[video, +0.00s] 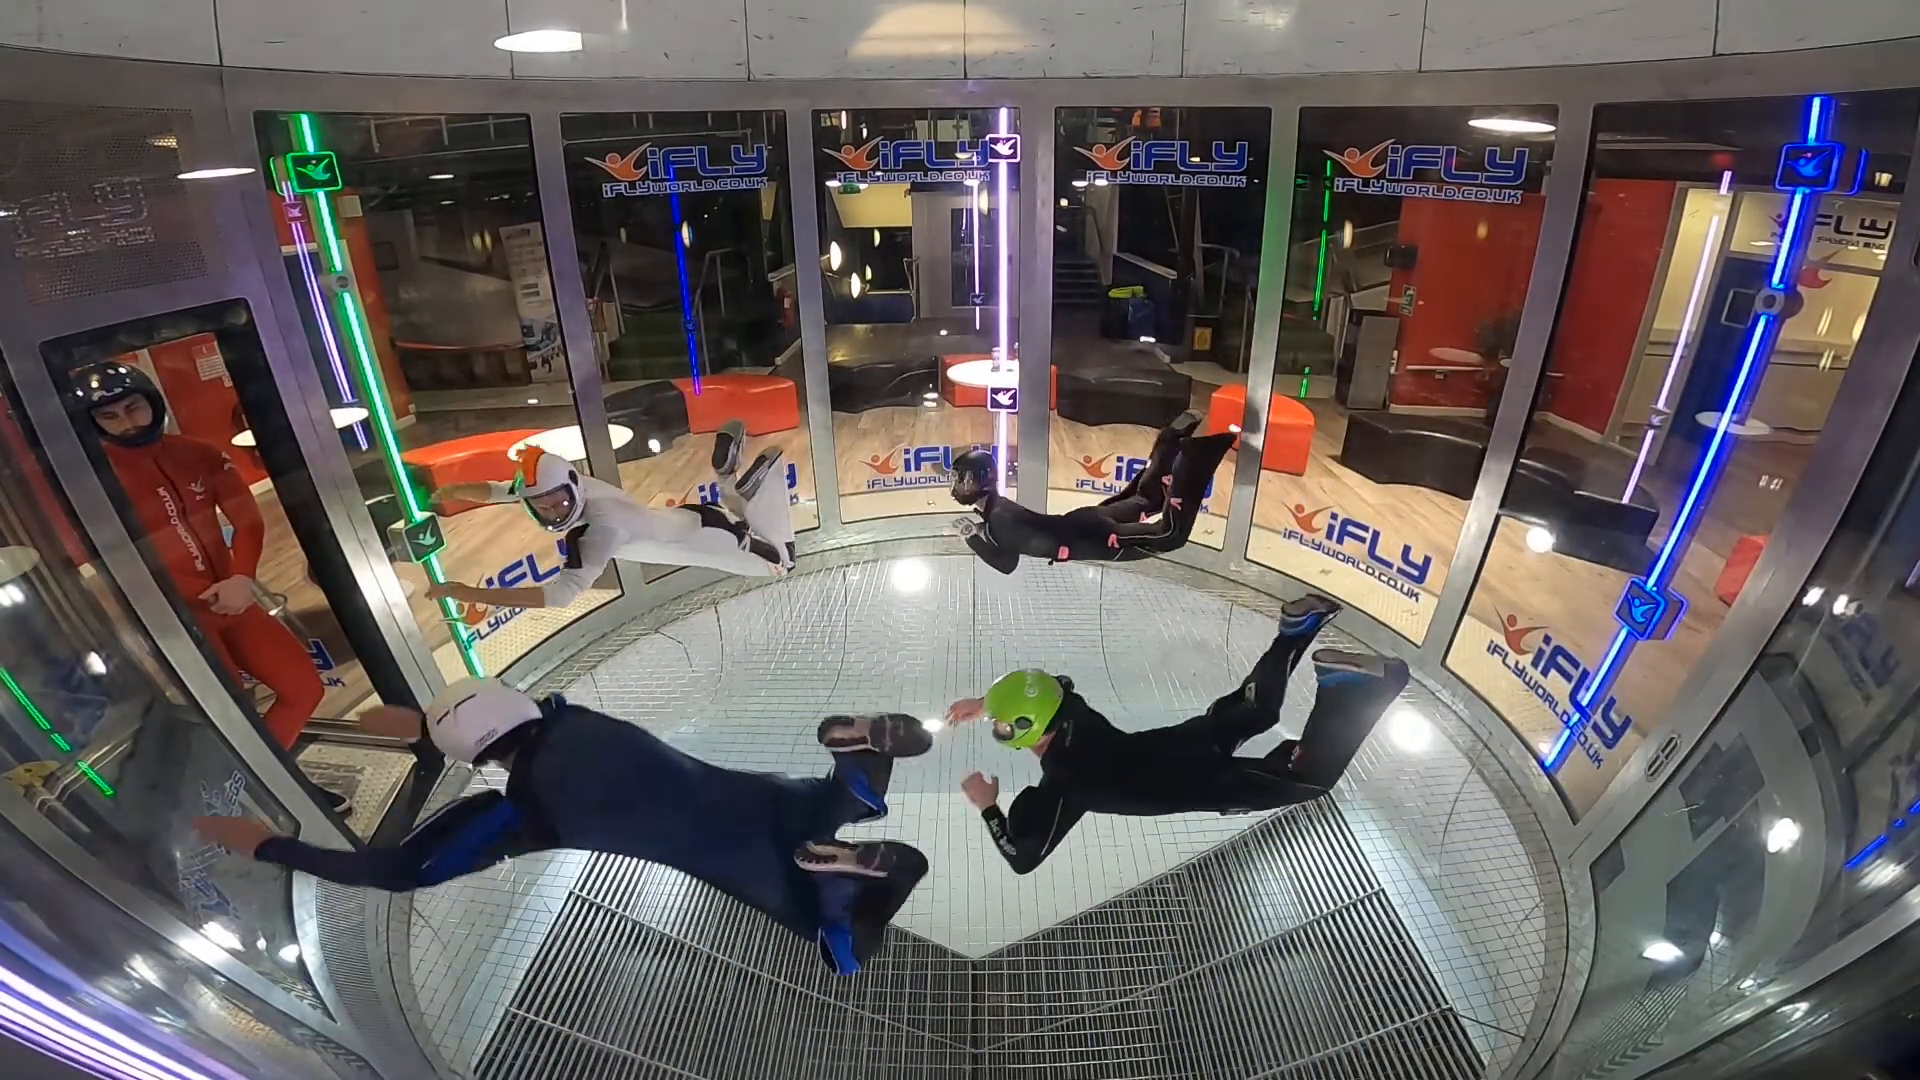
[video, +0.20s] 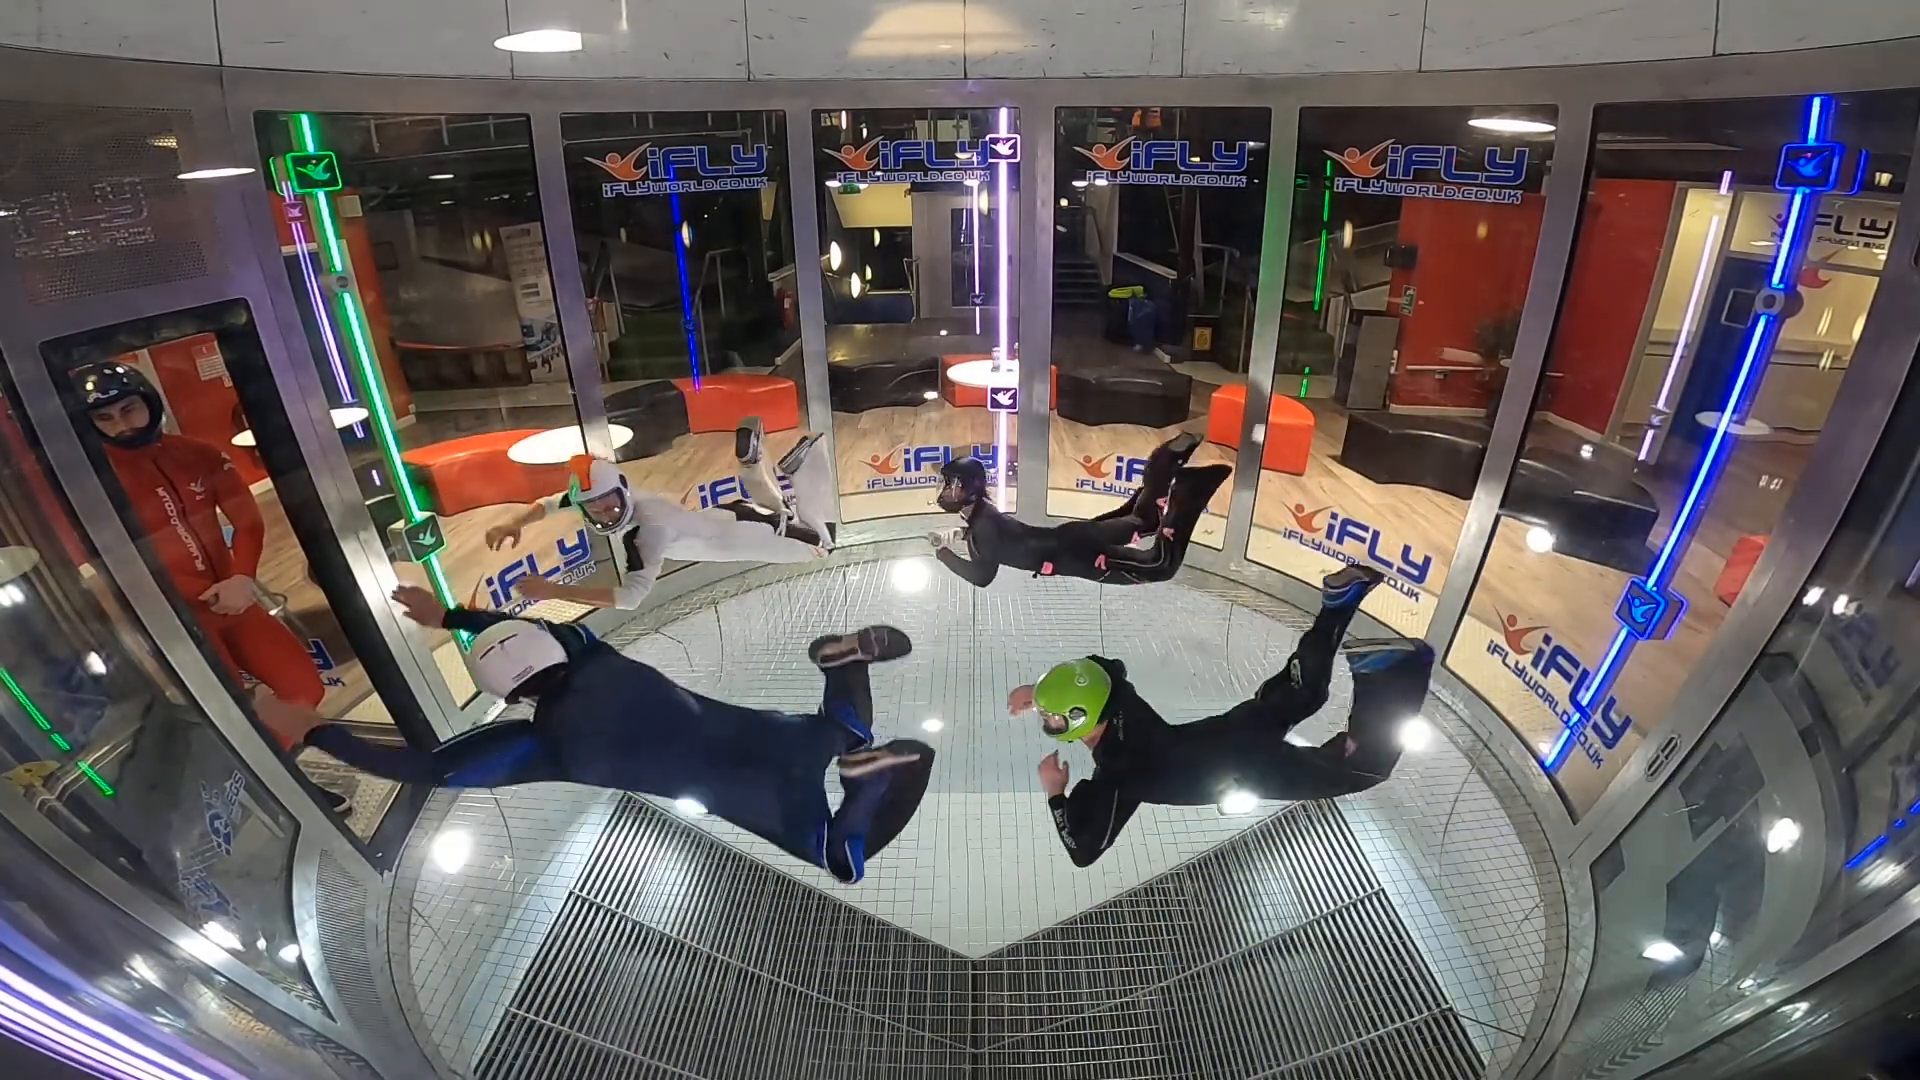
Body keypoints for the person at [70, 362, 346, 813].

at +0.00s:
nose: (127, 423)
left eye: (133, 407)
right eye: (110, 416)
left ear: (150, 403)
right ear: (93, 424)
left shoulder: (199, 455)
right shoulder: (95, 481)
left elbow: (248, 521)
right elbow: (103, 568)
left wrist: (242, 577)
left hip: (232, 603)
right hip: (178, 622)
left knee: (304, 688)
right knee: (235, 708)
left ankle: (246, 781)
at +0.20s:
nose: (123, 425)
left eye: (129, 409)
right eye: (106, 418)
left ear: (148, 404)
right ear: (91, 425)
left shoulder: (197, 455)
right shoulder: (96, 483)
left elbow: (248, 520)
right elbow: (107, 569)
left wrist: (243, 577)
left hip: (234, 603)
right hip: (181, 623)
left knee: (304, 686)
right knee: (240, 712)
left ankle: (265, 775)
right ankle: (290, 791)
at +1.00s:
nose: (127, 417)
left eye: (130, 402)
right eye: (109, 411)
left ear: (145, 398)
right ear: (91, 421)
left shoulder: (197, 455)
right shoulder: (96, 479)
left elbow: (247, 521)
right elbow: (106, 565)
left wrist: (243, 577)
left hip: (233, 603)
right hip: (181, 622)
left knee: (306, 688)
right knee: (237, 714)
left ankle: (241, 784)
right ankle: (293, 793)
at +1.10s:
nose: (125, 418)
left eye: (130, 402)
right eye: (108, 411)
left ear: (146, 399)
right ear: (89, 420)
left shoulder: (198, 455)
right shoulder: (95, 478)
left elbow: (248, 521)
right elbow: (105, 565)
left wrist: (242, 577)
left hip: (234, 602)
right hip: (181, 621)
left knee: (306, 688)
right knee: (237, 711)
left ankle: (241, 784)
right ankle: (292, 791)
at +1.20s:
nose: (125, 417)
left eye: (130, 402)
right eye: (109, 411)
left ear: (145, 399)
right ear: (90, 420)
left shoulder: (196, 455)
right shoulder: (95, 478)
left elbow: (247, 521)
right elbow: (108, 563)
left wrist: (242, 577)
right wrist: (207, 592)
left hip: (233, 602)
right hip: (181, 620)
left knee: (306, 689)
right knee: (236, 711)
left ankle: (244, 783)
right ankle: (291, 791)